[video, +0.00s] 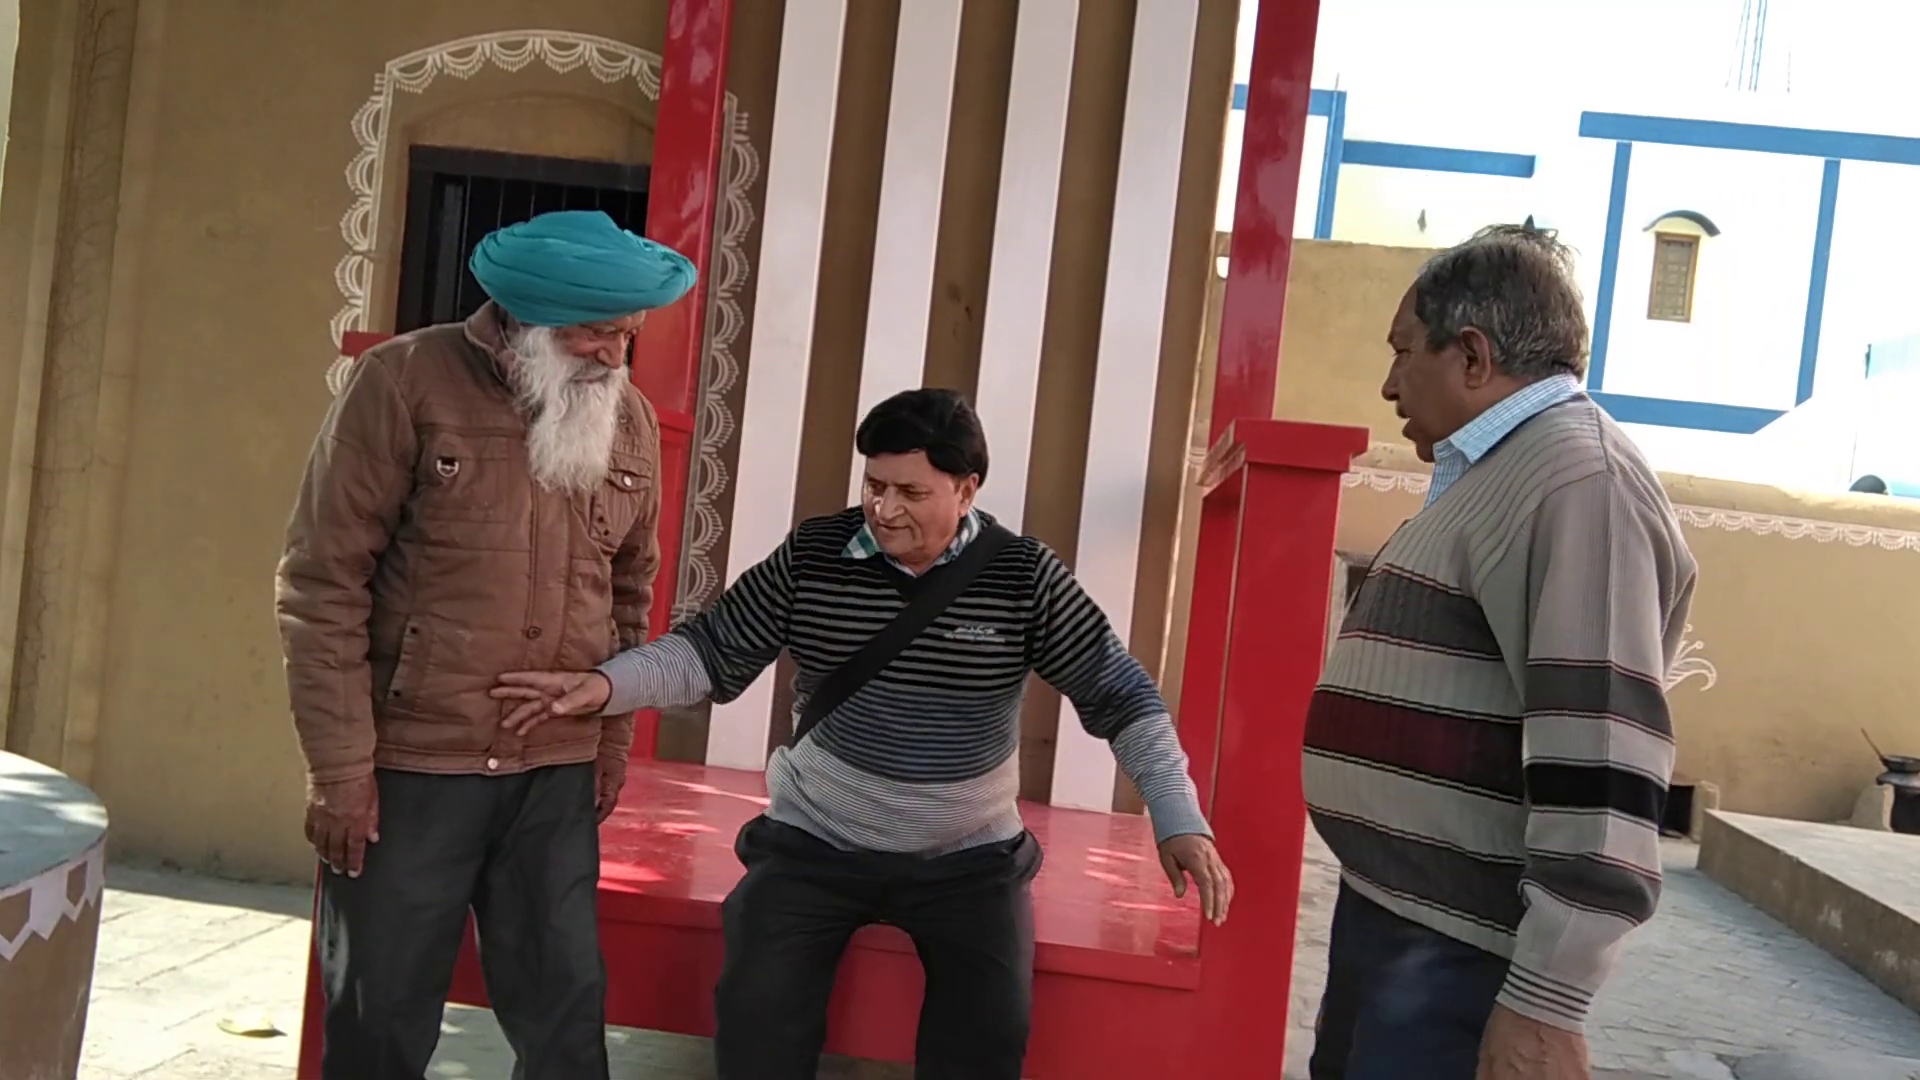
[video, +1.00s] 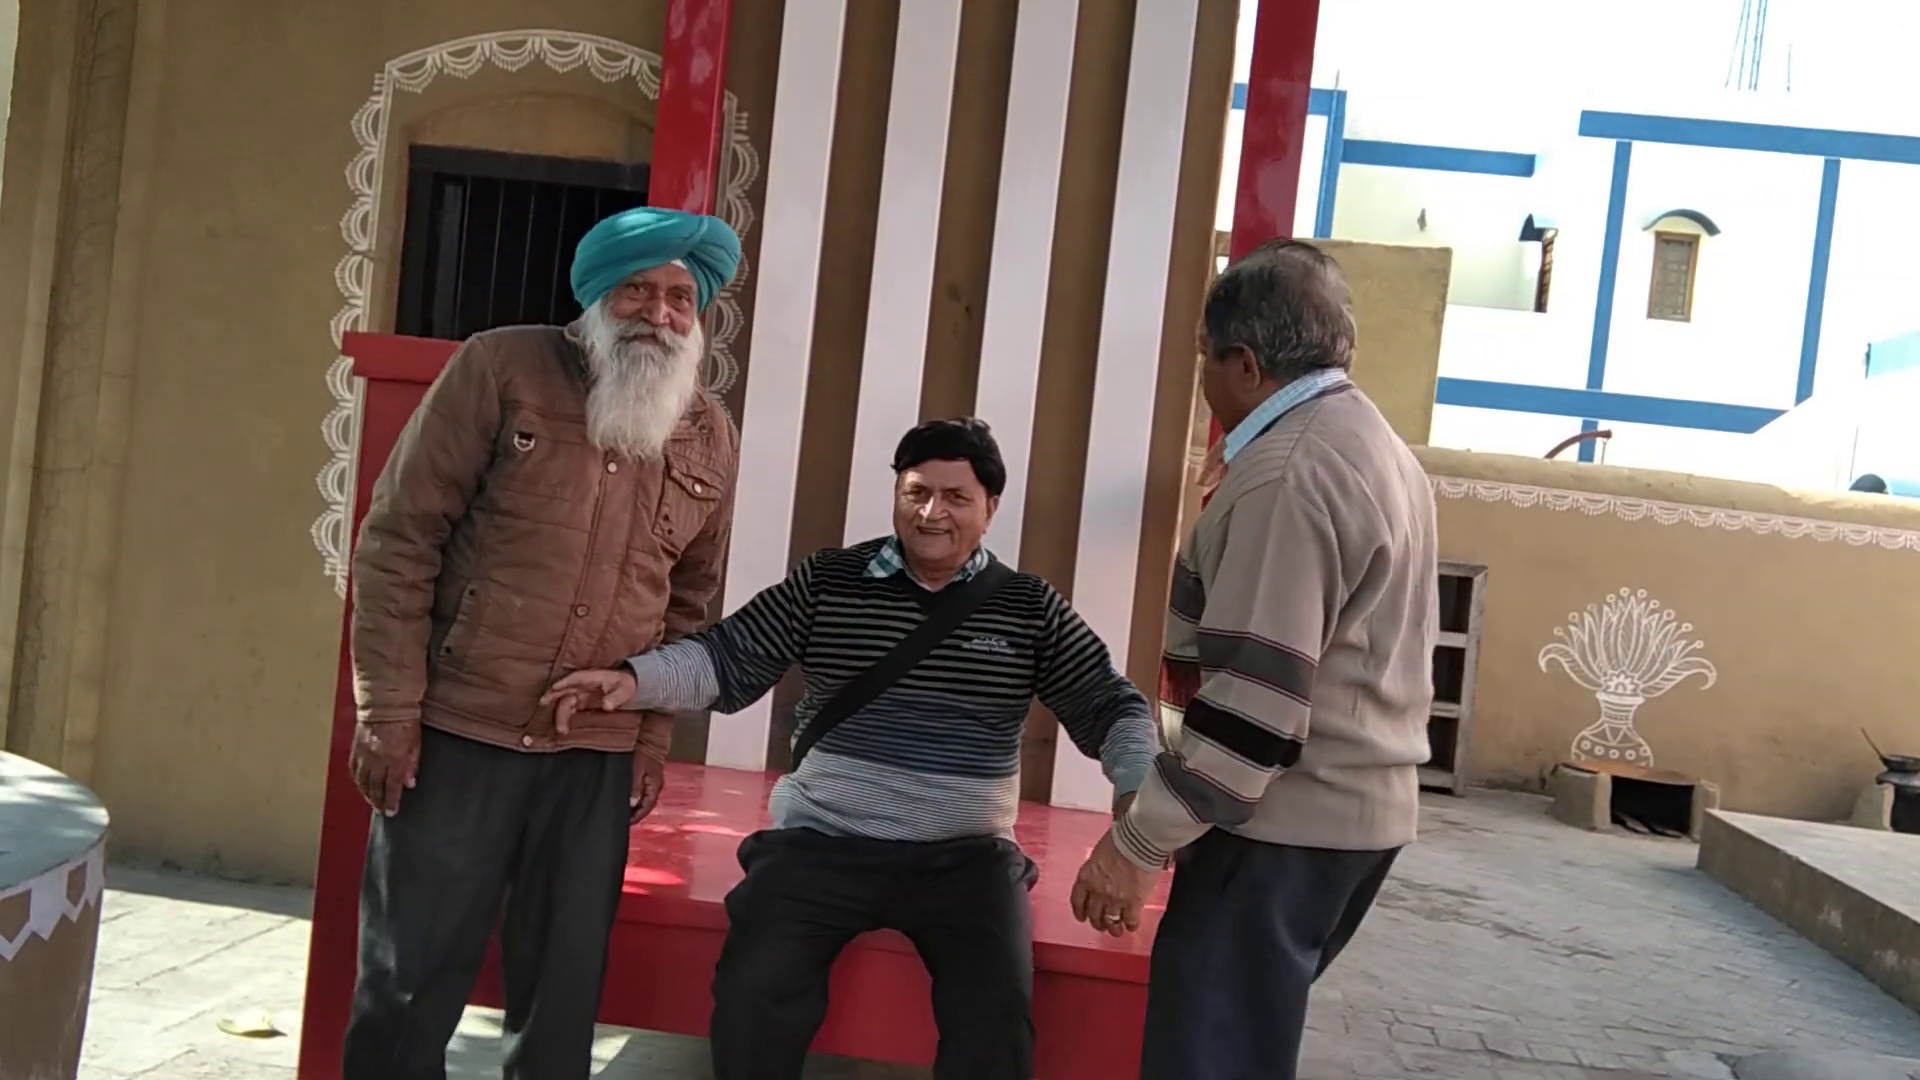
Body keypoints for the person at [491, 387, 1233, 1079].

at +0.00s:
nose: (884, 506)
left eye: (908, 491)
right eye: (874, 484)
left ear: (966, 489)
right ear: (859, 474)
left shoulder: (1022, 576)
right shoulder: (814, 554)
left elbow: (1124, 698)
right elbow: (709, 651)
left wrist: (1181, 819)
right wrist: (605, 683)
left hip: (968, 851)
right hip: (812, 836)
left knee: (988, 1024)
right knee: (756, 1009)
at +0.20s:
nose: (904, 527)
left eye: (928, 510)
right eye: (889, 506)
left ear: (973, 511)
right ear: (869, 500)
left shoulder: (1019, 599)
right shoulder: (812, 575)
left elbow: (1121, 711)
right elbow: (706, 662)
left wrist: (1180, 822)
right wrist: (601, 689)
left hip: (963, 854)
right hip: (812, 842)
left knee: (990, 1015)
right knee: (754, 1007)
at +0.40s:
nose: (916, 523)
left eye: (940, 508)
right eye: (901, 503)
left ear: (980, 515)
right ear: (879, 502)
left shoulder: (1023, 608)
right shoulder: (817, 581)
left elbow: (1119, 717)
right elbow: (705, 657)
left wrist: (1184, 822)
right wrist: (595, 680)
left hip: (964, 854)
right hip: (813, 843)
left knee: (996, 1014)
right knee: (755, 1009)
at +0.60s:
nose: (928, 513)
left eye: (949, 499)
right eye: (914, 494)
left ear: (983, 509)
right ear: (888, 497)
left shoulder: (1023, 603)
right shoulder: (824, 580)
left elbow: (1119, 711)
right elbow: (715, 651)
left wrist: (1178, 814)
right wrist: (611, 680)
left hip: (967, 850)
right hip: (819, 839)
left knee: (996, 1011)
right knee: (757, 996)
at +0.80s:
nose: (929, 511)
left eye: (952, 497)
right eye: (915, 492)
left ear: (986, 510)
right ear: (891, 497)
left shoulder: (1026, 604)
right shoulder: (826, 580)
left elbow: (1117, 713)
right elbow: (722, 651)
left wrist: (1158, 837)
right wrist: (620, 683)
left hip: (964, 848)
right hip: (819, 836)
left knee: (996, 994)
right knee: (756, 986)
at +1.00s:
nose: (932, 511)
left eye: (955, 497)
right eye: (918, 492)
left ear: (991, 510)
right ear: (895, 496)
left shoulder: (1029, 607)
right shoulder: (830, 583)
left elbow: (1112, 711)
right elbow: (728, 657)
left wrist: (1158, 805)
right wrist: (628, 685)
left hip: (963, 847)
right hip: (821, 835)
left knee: (995, 1006)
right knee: (755, 991)